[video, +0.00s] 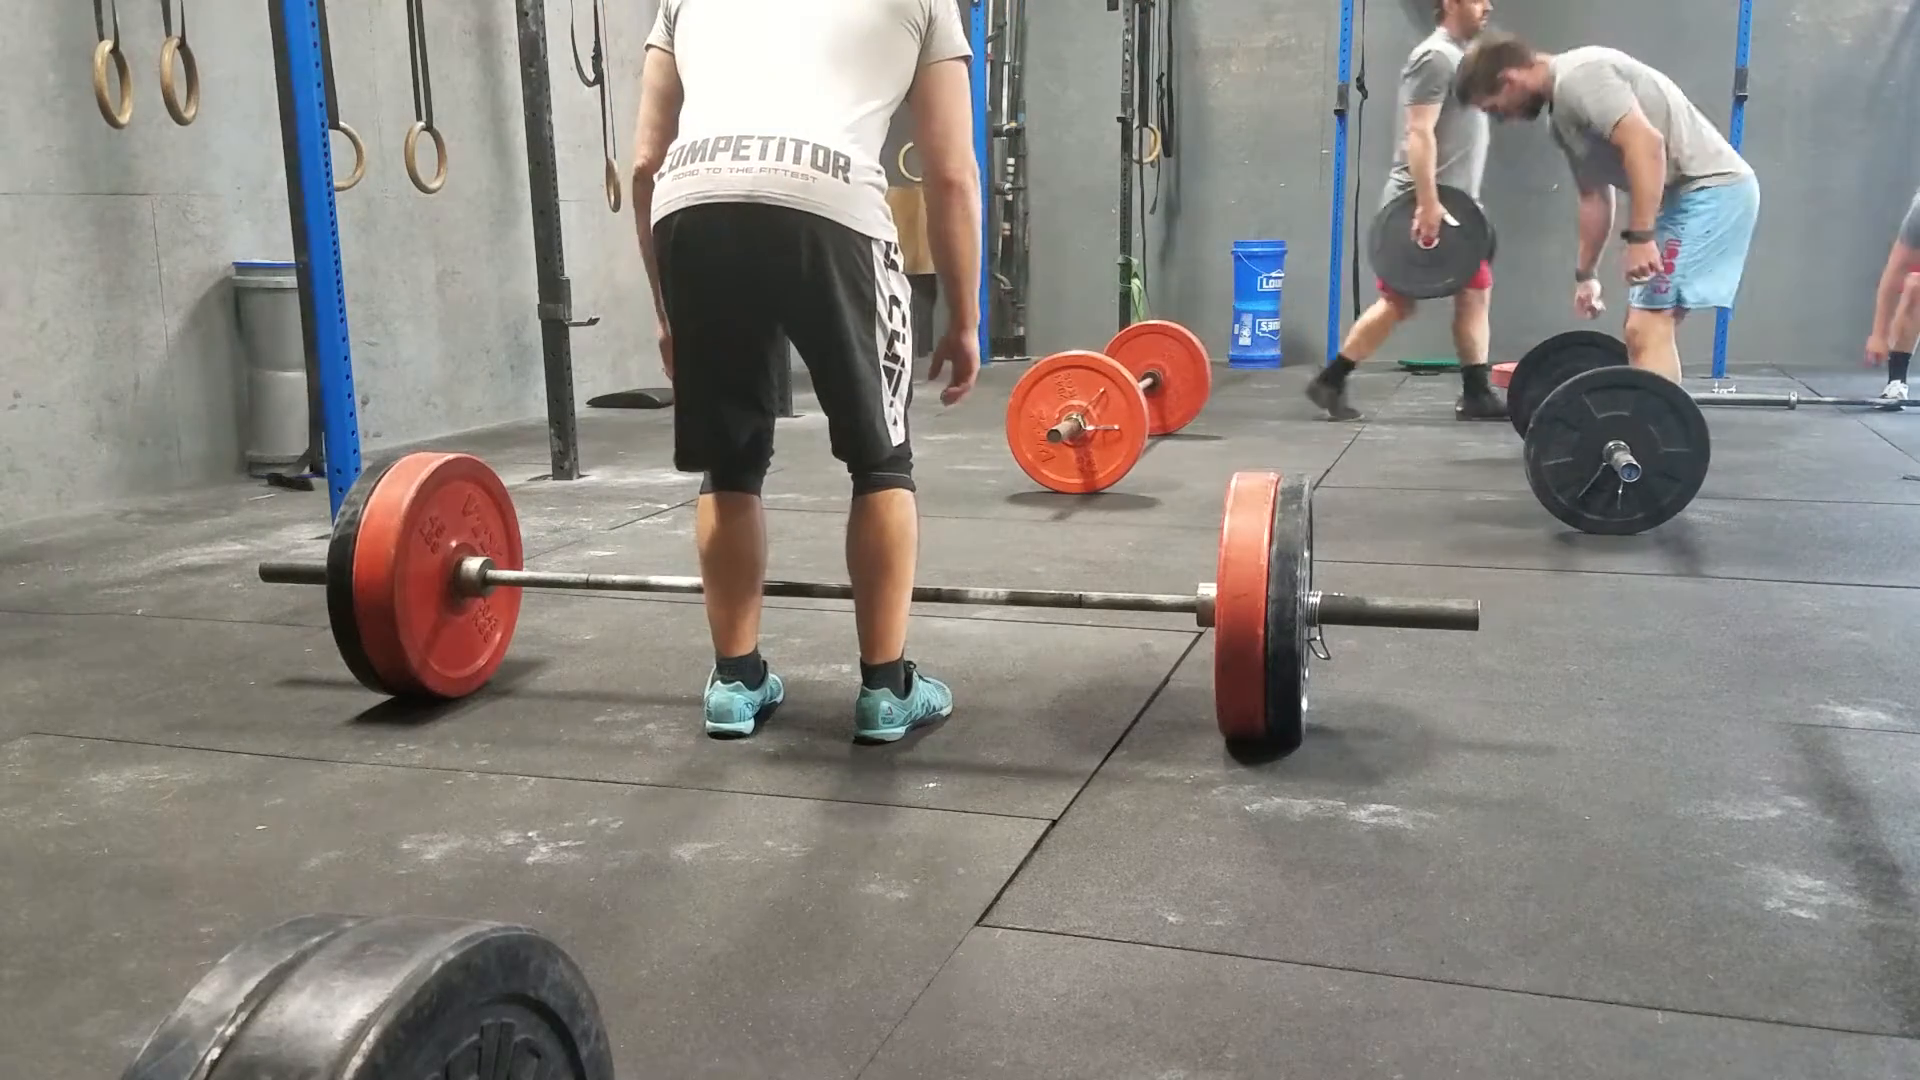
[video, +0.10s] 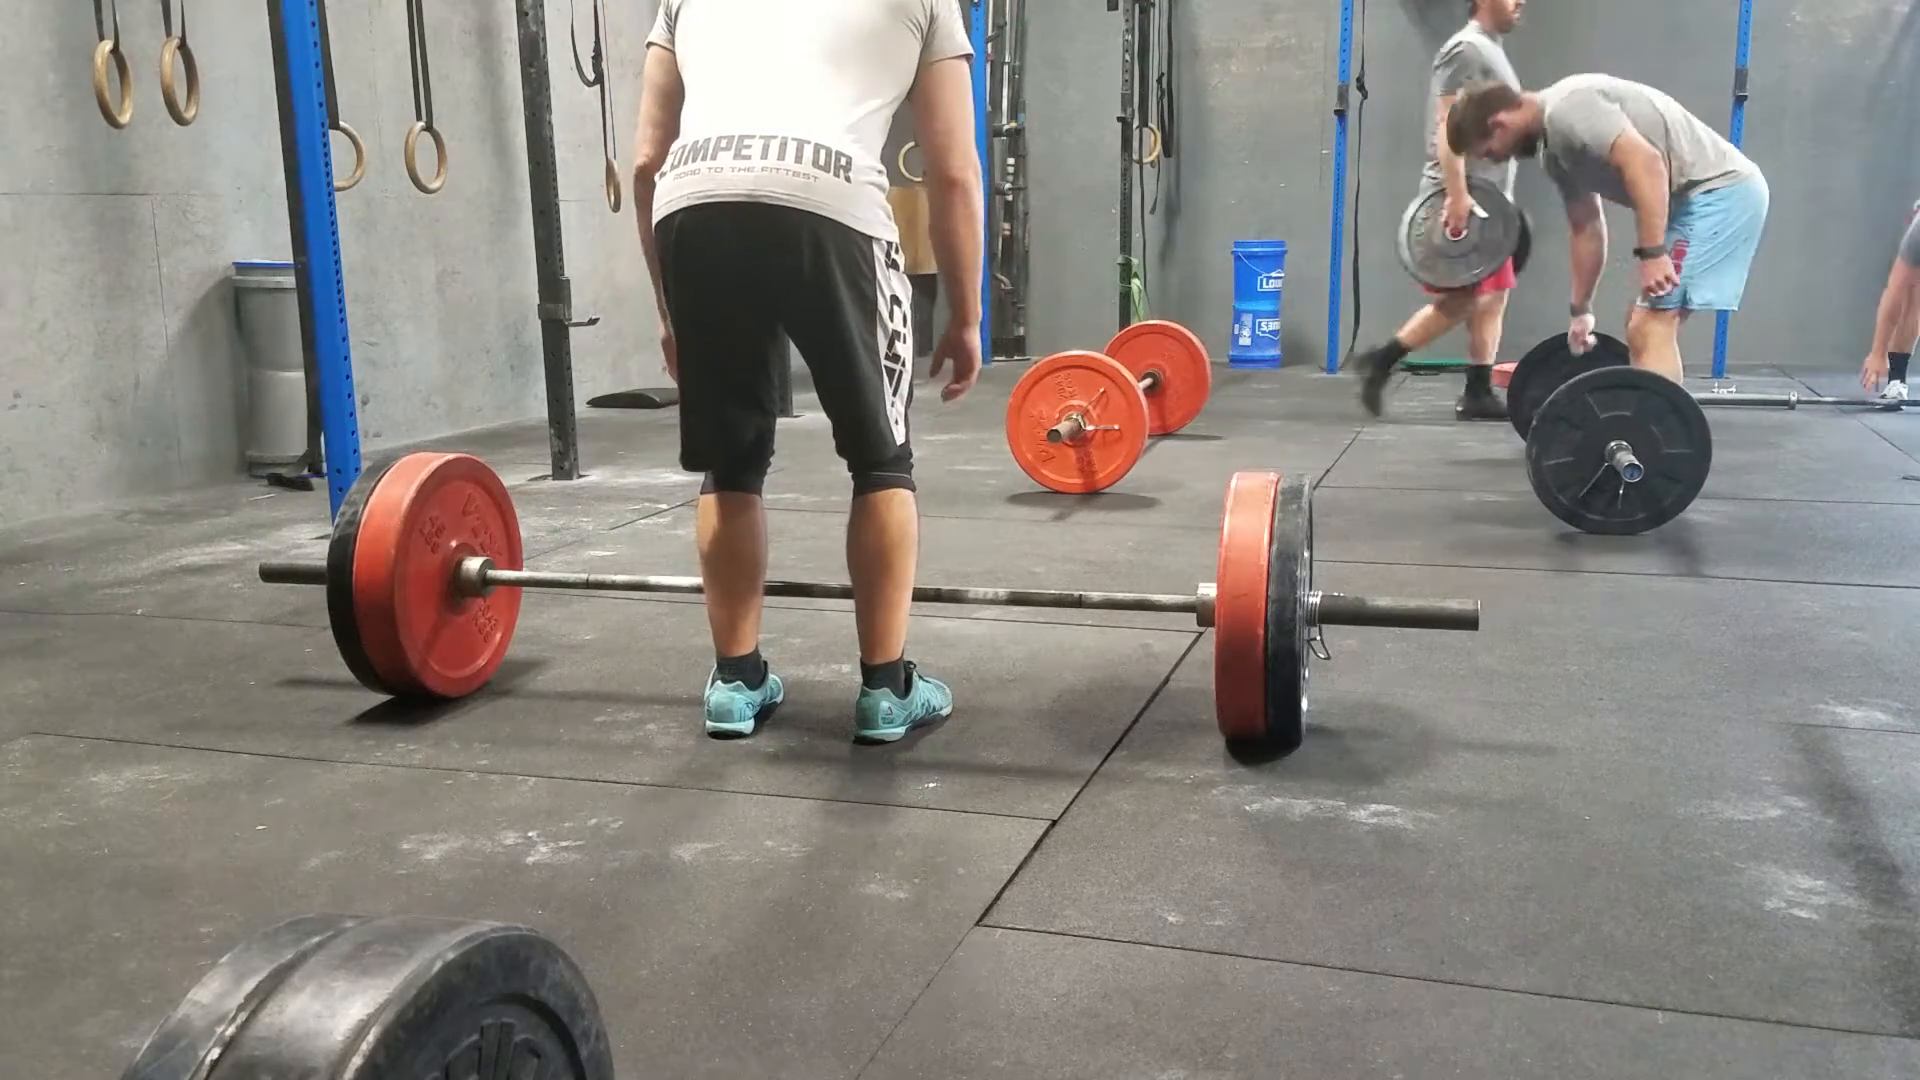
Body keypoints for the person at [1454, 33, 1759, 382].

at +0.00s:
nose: (1501, 119)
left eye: (1495, 109)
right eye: (1493, 114)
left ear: (1512, 76)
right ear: (1511, 76)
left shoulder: (1580, 77)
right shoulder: (1562, 115)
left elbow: (1645, 144)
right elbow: (1593, 195)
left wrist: (1640, 236)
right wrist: (1586, 274)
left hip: (1711, 188)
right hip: (1686, 192)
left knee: (1646, 328)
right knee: (1647, 331)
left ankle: (1659, 458)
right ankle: (1661, 457)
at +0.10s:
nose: (1497, 159)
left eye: (1490, 150)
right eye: (1488, 156)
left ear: (1501, 121)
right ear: (1500, 121)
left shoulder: (1569, 109)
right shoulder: (1555, 149)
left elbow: (1645, 164)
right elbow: (1586, 227)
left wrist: (1652, 252)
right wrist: (1580, 308)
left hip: (1721, 187)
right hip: (1699, 193)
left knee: (1650, 324)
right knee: (1646, 325)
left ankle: (1658, 455)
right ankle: (1658, 453)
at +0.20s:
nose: (1496, 197)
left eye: (1487, 189)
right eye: (1486, 195)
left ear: (1496, 161)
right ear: (1497, 158)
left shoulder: (1562, 138)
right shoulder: (1554, 178)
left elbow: (1644, 179)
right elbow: (1582, 258)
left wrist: (1663, 265)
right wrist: (1573, 339)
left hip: (1724, 191)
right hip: (1705, 198)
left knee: (1648, 324)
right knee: (1651, 328)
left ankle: (1658, 455)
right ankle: (1657, 455)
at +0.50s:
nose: (1499, 261)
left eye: (1488, 255)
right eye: (1489, 259)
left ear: (1488, 226)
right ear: (1491, 222)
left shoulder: (1547, 192)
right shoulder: (1548, 230)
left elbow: (1629, 227)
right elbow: (1577, 307)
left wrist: (1658, 309)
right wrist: (1580, 390)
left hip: (1726, 193)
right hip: (1705, 202)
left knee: (1634, 328)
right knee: (1631, 327)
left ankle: (1660, 452)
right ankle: (1653, 450)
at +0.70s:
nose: (1498, 274)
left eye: (1488, 267)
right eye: (1489, 275)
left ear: (1489, 233)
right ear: (1493, 229)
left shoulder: (1549, 212)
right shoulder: (1539, 233)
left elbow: (1615, 277)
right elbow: (1580, 310)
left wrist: (1622, 366)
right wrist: (1587, 387)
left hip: (1727, 198)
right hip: (1720, 202)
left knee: (1638, 324)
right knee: (1641, 329)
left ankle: (1656, 439)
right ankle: (1662, 439)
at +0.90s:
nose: (1504, 279)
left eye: (1494, 272)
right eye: (1494, 281)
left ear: (1498, 235)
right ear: (1503, 235)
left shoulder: (1556, 224)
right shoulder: (1553, 225)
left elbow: (1597, 319)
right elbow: (1591, 318)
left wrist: (1609, 413)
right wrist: (1601, 402)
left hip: (1731, 207)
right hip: (1744, 205)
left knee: (1632, 319)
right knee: (1663, 332)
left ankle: (1634, 438)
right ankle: (1657, 443)